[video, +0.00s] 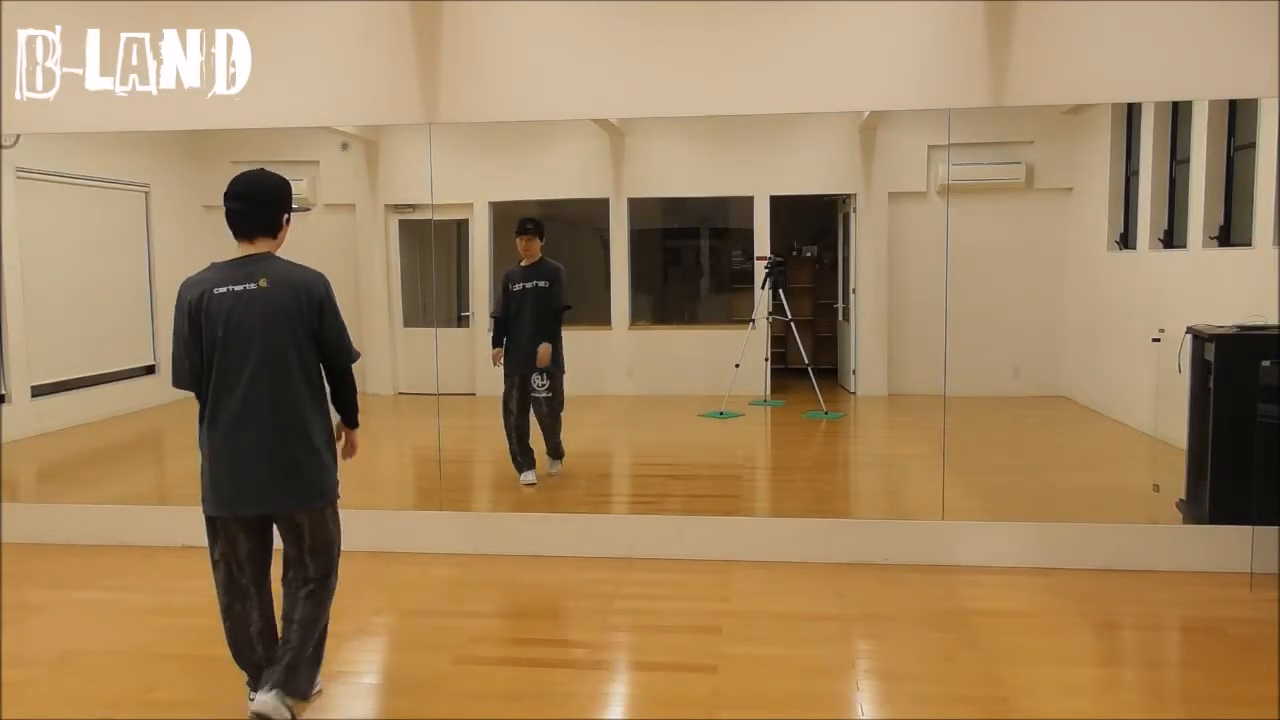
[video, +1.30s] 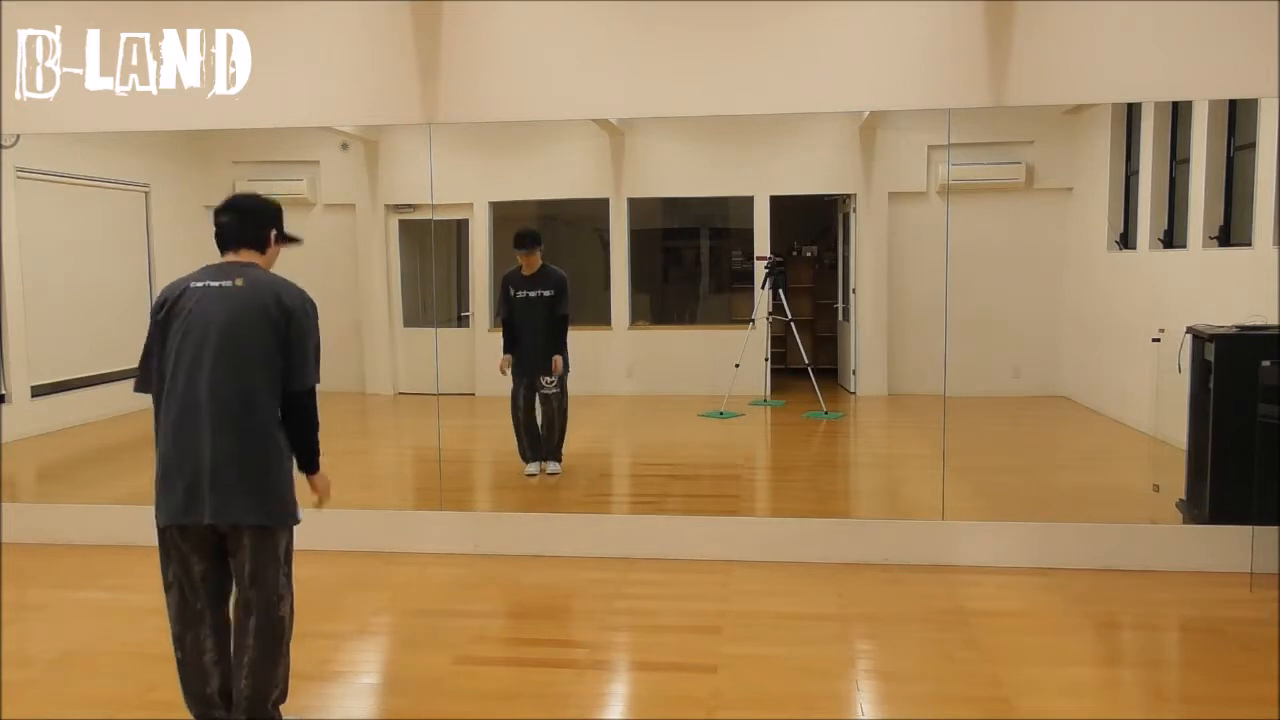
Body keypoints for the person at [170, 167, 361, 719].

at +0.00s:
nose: (290, 222)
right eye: (289, 215)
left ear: (230, 222)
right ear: (284, 222)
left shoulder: (196, 289)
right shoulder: (309, 284)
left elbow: (190, 377)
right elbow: (339, 363)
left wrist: (232, 399)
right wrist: (349, 419)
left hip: (229, 467)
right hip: (300, 463)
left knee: (239, 578)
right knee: (311, 569)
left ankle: (265, 680)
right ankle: (281, 687)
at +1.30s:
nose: (281, 250)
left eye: (280, 243)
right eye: (280, 242)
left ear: (219, 241)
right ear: (270, 242)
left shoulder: (174, 296)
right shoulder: (289, 300)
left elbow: (159, 391)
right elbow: (298, 399)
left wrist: (185, 460)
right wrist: (312, 467)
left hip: (180, 487)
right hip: (257, 486)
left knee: (194, 611)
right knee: (263, 605)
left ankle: (210, 711)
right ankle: (257, 710)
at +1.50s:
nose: (295, 311)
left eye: (297, 308)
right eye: (298, 306)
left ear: (243, 285)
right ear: (290, 297)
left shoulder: (185, 314)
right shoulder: (290, 321)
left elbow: (165, 416)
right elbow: (306, 416)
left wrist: (148, 498)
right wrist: (323, 500)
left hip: (178, 479)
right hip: (248, 471)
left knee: (199, 614)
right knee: (299, 554)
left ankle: (217, 711)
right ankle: (264, 649)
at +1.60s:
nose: (304, 305)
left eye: (307, 299)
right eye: (306, 298)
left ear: (257, 276)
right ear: (297, 287)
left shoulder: (187, 300)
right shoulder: (296, 300)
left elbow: (163, 391)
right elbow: (318, 394)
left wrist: (157, 466)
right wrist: (333, 471)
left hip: (175, 471)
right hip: (246, 464)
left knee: (198, 607)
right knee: (299, 554)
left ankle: (220, 711)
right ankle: (285, 667)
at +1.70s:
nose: (312, 299)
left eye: (313, 292)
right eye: (312, 292)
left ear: (264, 271)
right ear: (303, 281)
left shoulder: (198, 293)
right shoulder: (303, 293)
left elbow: (174, 381)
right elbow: (327, 382)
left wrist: (161, 454)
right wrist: (342, 456)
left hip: (181, 476)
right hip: (253, 475)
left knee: (197, 608)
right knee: (284, 586)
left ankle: (216, 711)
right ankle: (297, 700)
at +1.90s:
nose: (320, 302)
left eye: (321, 297)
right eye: (321, 297)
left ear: (271, 277)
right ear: (312, 287)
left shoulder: (215, 301)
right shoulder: (313, 305)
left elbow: (192, 392)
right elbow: (332, 398)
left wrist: (181, 468)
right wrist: (342, 474)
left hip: (198, 471)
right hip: (269, 470)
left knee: (208, 596)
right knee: (295, 584)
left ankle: (218, 706)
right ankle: (291, 695)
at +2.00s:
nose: (322, 301)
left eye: (324, 297)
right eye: (323, 296)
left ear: (274, 274)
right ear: (315, 285)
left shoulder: (214, 296)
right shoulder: (314, 301)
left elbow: (192, 378)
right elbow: (329, 390)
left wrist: (215, 442)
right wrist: (337, 465)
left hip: (193, 461)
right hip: (264, 459)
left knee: (206, 595)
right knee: (309, 563)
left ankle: (217, 708)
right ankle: (300, 675)